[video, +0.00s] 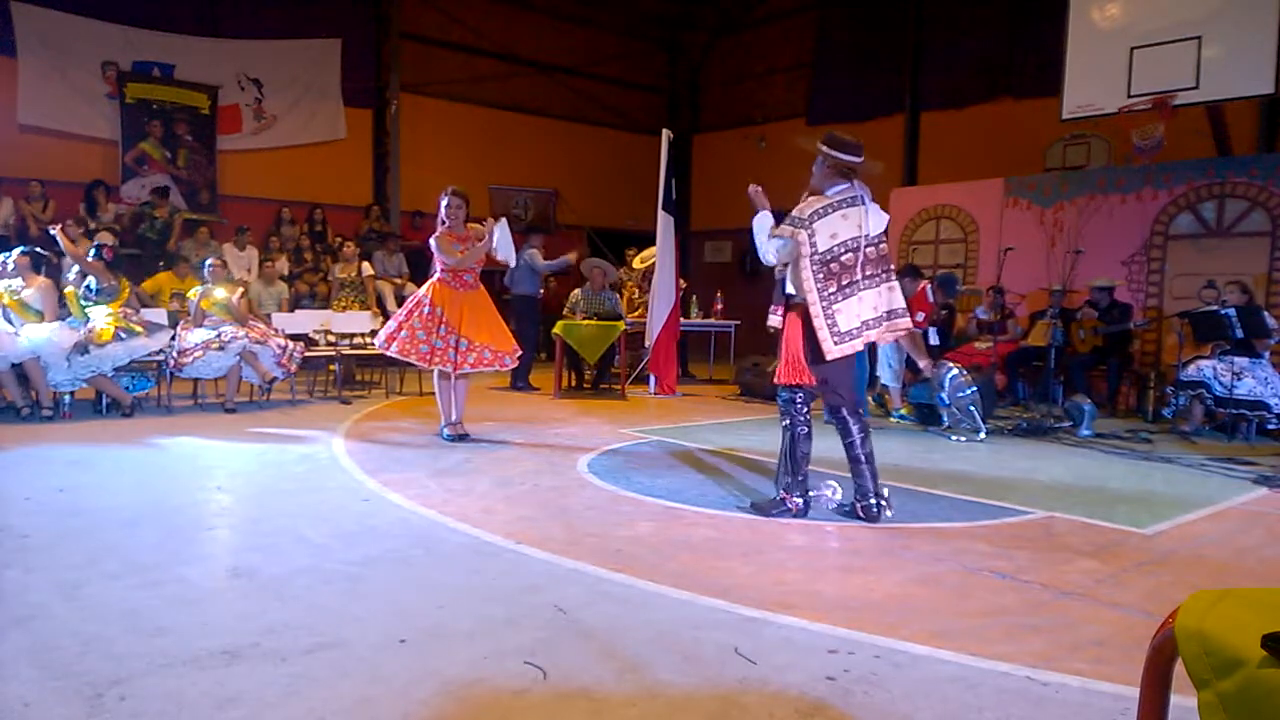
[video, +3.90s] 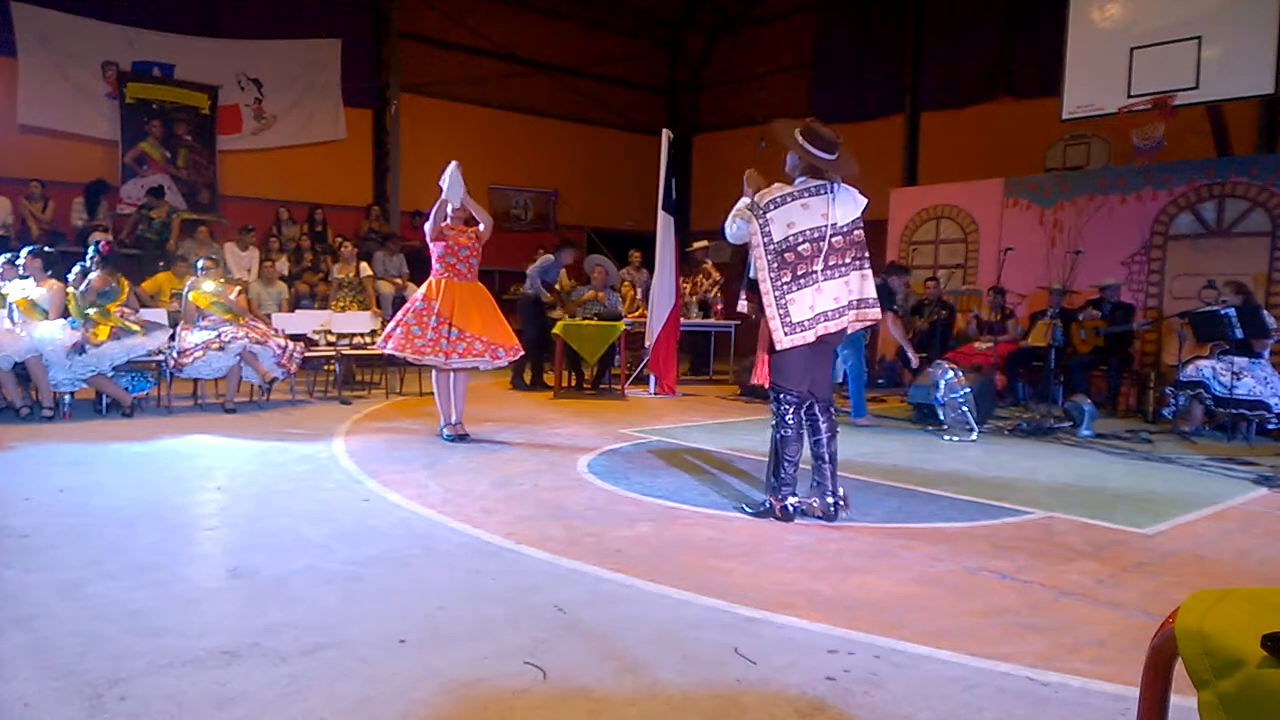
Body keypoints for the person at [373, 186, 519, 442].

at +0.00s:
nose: (452, 212)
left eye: (457, 207)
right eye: (447, 207)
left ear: (466, 211)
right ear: (441, 211)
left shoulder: (476, 231)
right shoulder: (438, 240)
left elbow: (497, 256)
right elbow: (457, 262)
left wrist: (496, 233)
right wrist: (486, 243)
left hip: (469, 303)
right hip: (444, 303)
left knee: (463, 365)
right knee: (443, 365)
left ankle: (458, 421)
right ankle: (446, 421)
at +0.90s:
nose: (458, 210)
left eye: (462, 206)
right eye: (455, 205)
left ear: (469, 209)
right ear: (448, 207)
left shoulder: (478, 233)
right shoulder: (438, 229)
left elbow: (492, 243)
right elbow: (442, 237)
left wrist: (476, 216)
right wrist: (454, 219)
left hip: (469, 298)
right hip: (442, 296)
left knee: (461, 364)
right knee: (442, 364)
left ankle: (458, 420)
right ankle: (446, 421)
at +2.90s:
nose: (463, 208)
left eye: (468, 203)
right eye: (459, 205)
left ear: (472, 208)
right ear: (452, 208)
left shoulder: (481, 236)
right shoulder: (440, 232)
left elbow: (481, 226)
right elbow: (437, 222)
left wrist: (463, 200)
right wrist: (445, 197)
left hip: (469, 295)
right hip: (443, 294)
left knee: (463, 364)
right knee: (443, 363)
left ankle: (458, 421)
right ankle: (445, 422)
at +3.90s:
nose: (456, 207)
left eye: (461, 204)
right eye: (452, 204)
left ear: (468, 210)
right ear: (444, 208)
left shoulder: (476, 236)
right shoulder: (437, 233)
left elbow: (487, 222)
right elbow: (433, 225)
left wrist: (466, 198)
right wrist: (444, 198)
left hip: (468, 296)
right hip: (441, 295)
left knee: (461, 364)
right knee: (442, 364)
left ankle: (458, 421)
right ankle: (445, 421)